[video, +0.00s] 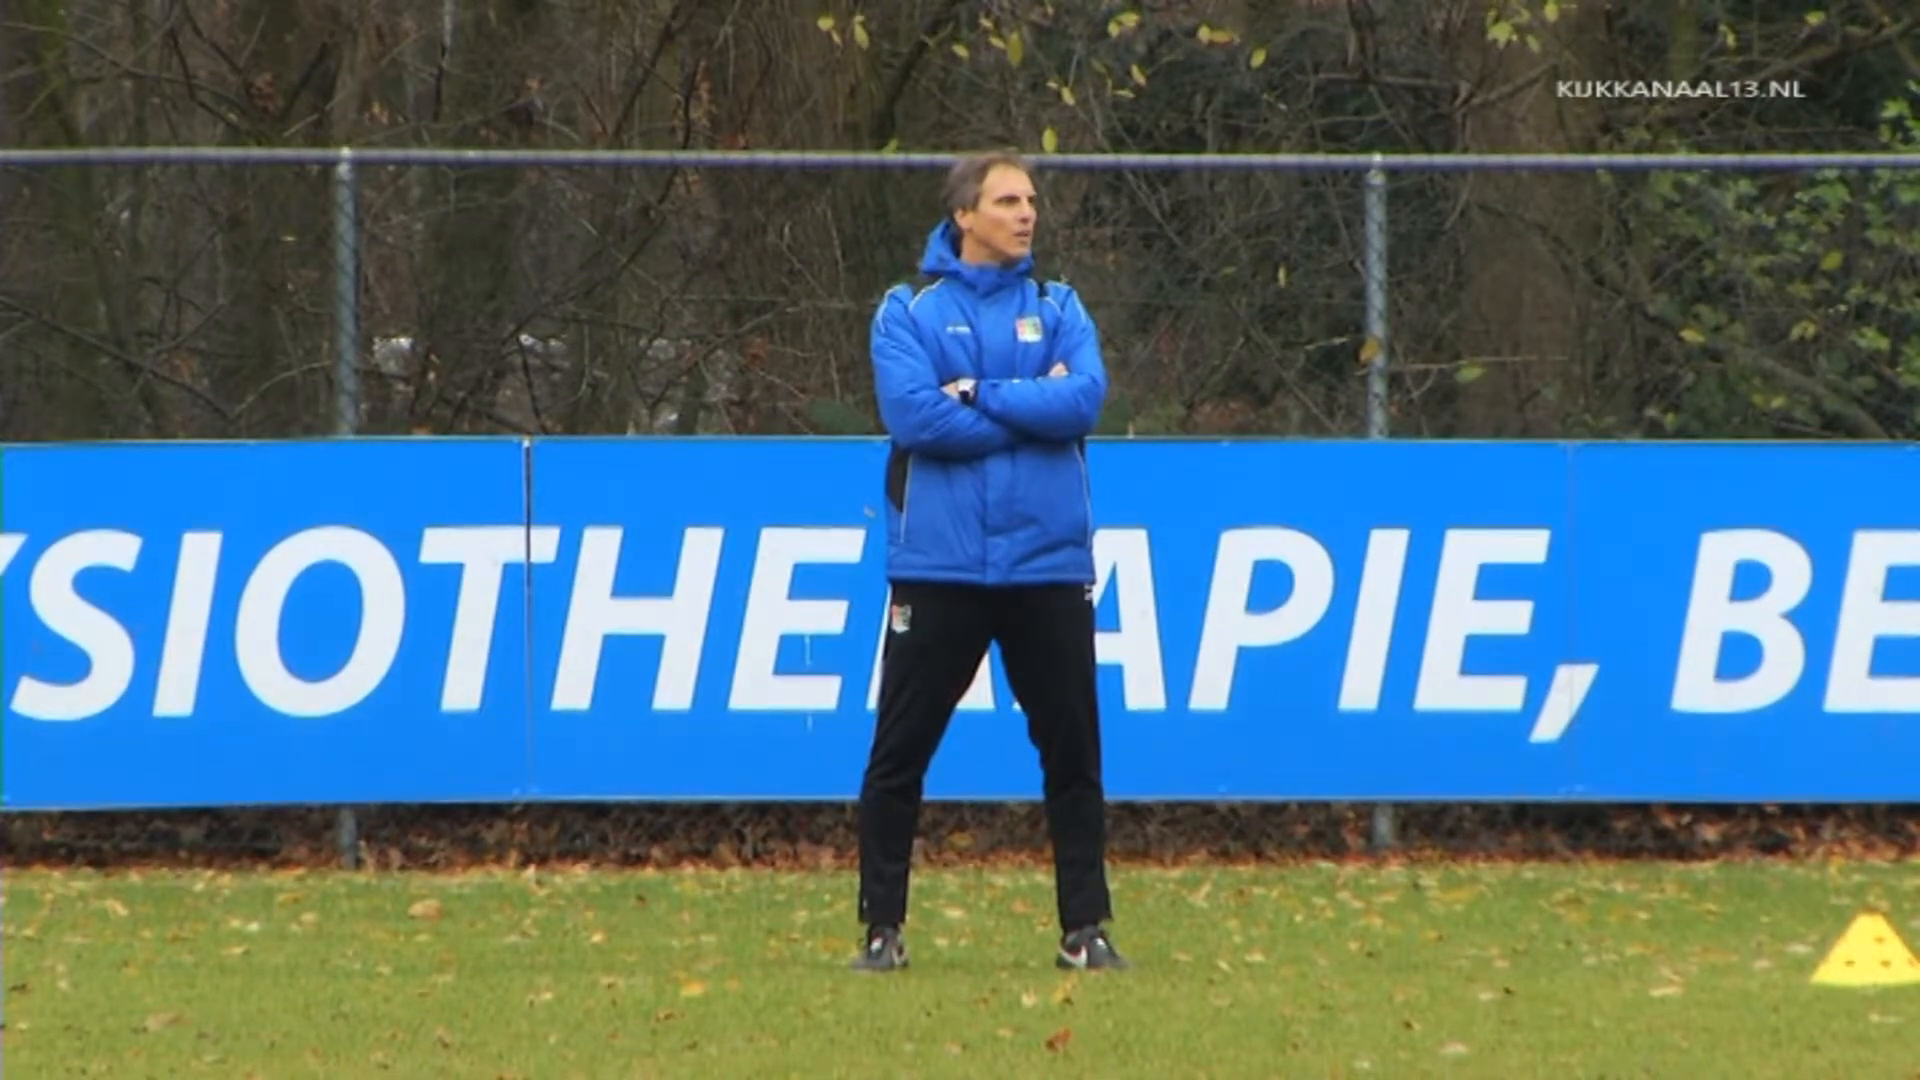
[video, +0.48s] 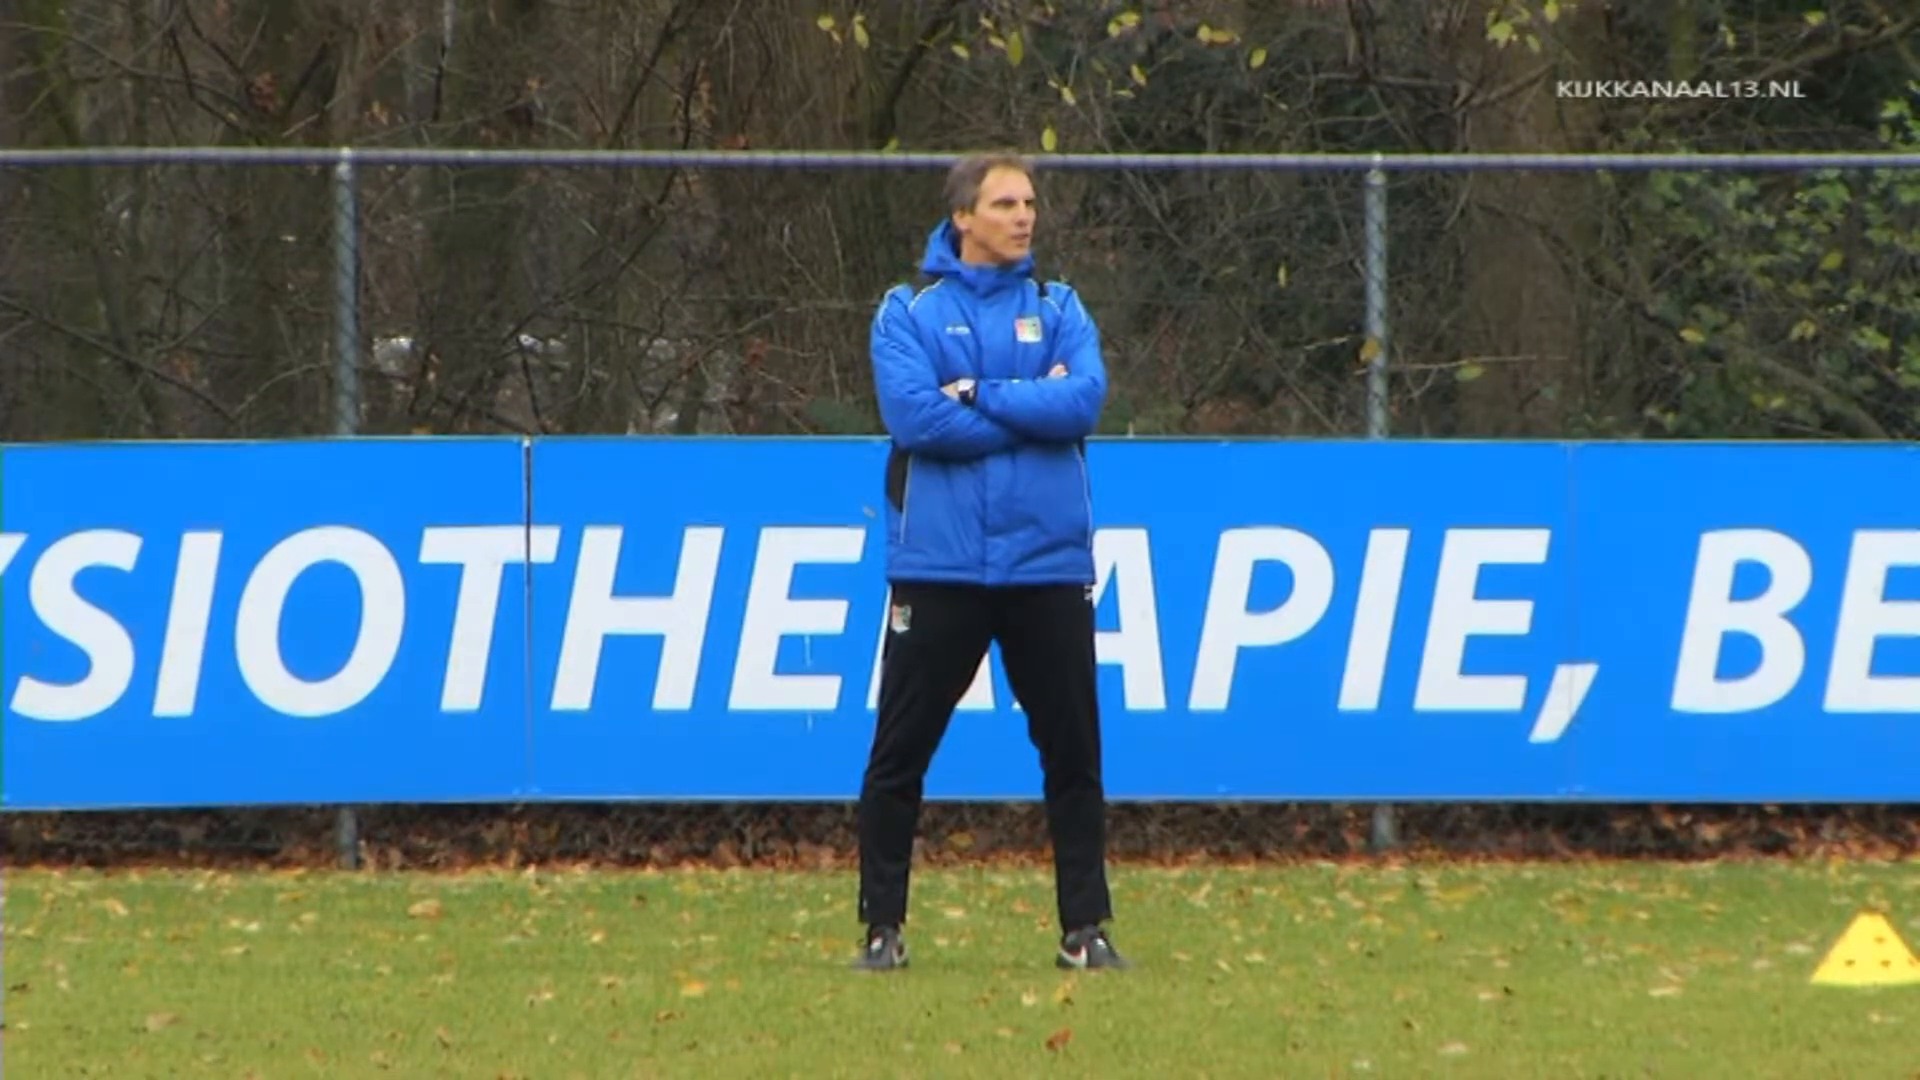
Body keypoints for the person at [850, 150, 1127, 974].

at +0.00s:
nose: (1027, 214)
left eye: (1031, 202)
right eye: (1010, 202)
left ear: (1033, 216)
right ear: (964, 218)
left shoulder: (1059, 306)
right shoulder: (906, 310)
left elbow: (1082, 401)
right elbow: (917, 423)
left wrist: (975, 391)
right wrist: (1027, 412)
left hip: (1050, 567)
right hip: (941, 569)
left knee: (1073, 750)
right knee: (901, 752)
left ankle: (1085, 931)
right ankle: (882, 929)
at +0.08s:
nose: (1028, 214)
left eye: (1032, 202)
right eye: (1010, 202)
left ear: (1033, 217)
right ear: (965, 218)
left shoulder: (1059, 306)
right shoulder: (906, 310)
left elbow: (1083, 402)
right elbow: (917, 423)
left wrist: (975, 391)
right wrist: (1027, 412)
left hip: (1050, 567)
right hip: (941, 569)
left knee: (1073, 750)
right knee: (901, 752)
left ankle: (1085, 931)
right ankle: (882, 929)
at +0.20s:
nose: (1027, 215)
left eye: (1031, 203)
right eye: (1010, 203)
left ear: (1034, 217)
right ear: (965, 218)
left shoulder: (1059, 306)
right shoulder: (907, 310)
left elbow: (1083, 402)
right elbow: (917, 423)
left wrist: (975, 391)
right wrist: (1028, 413)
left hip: (1050, 567)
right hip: (941, 569)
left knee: (1073, 750)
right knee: (901, 752)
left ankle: (1085, 931)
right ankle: (882, 929)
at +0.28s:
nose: (1026, 215)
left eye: (1031, 204)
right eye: (1009, 204)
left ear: (1035, 217)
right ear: (964, 218)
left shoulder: (1060, 305)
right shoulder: (906, 310)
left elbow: (1082, 402)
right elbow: (916, 422)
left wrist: (975, 391)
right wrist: (1028, 413)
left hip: (1050, 567)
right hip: (941, 568)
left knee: (1073, 750)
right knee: (901, 752)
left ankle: (1085, 931)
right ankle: (882, 930)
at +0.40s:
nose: (1025, 216)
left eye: (1030, 204)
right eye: (1008, 204)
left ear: (1035, 218)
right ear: (964, 218)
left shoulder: (1059, 305)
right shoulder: (906, 310)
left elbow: (1083, 403)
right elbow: (918, 423)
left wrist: (975, 391)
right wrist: (1028, 413)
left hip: (1050, 567)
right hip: (941, 569)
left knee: (1073, 751)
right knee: (901, 752)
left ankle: (1085, 931)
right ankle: (882, 929)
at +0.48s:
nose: (1024, 216)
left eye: (1029, 204)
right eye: (1006, 205)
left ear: (1035, 218)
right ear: (964, 219)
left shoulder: (1059, 306)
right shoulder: (906, 310)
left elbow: (1082, 403)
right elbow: (918, 423)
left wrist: (974, 391)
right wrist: (1028, 413)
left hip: (1050, 567)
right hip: (940, 569)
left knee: (1073, 751)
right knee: (901, 751)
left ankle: (1085, 931)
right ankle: (881, 928)